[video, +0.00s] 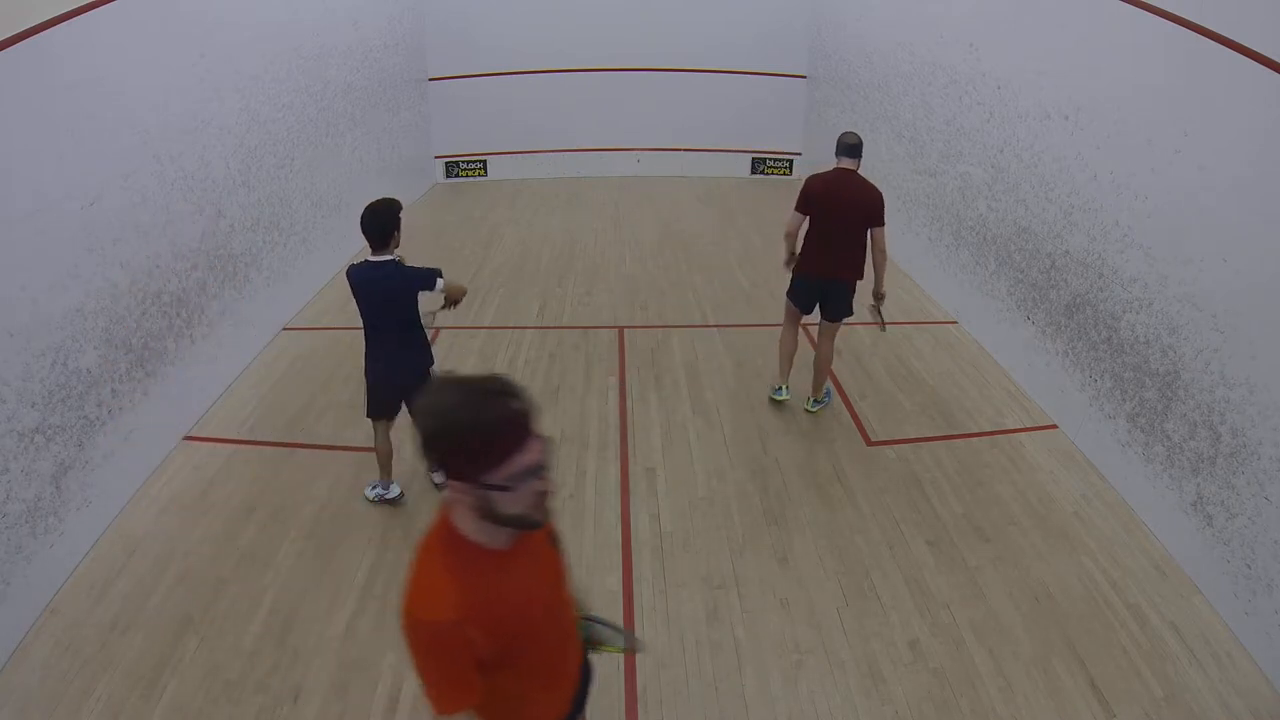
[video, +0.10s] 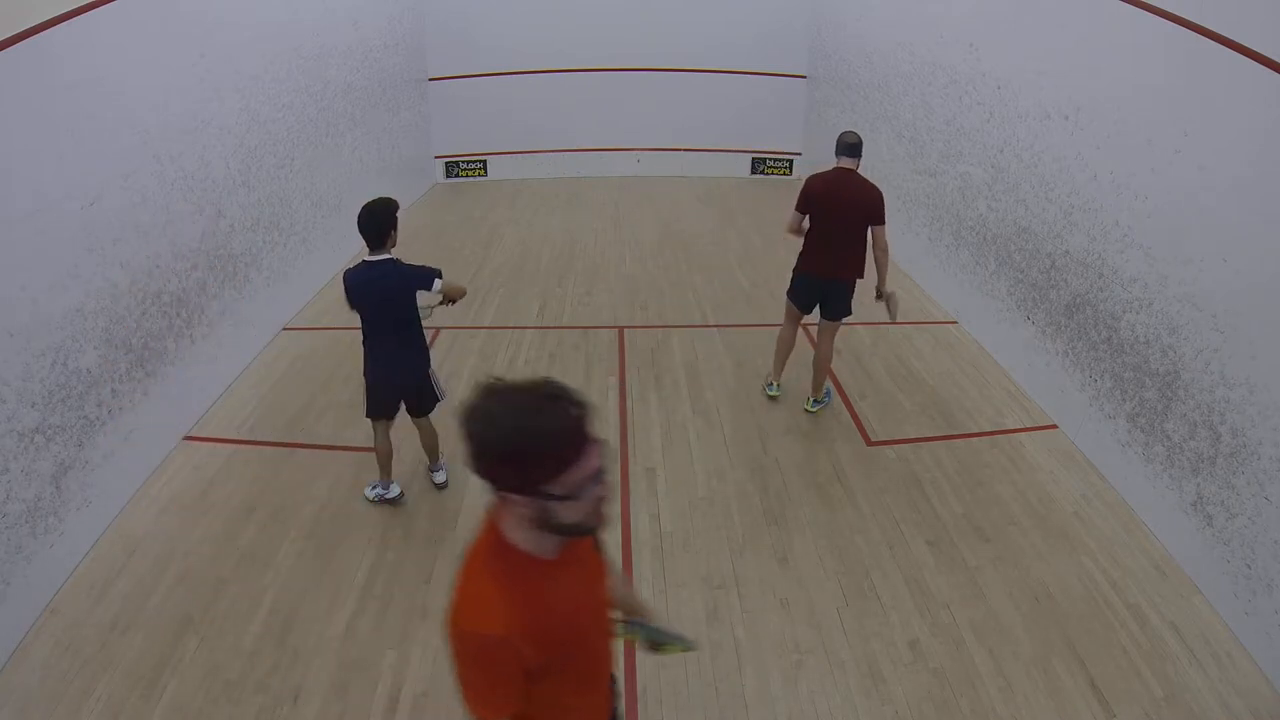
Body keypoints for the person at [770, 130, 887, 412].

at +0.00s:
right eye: (857, 156)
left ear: (835, 153)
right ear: (861, 157)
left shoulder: (815, 183)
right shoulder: (872, 194)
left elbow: (791, 230)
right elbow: (879, 249)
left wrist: (790, 254)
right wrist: (879, 286)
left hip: (808, 272)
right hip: (843, 279)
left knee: (791, 322)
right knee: (826, 339)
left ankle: (782, 386)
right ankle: (815, 396)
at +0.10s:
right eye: (857, 154)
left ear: (835, 153)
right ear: (861, 156)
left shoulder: (815, 182)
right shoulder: (871, 193)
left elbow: (793, 227)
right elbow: (880, 246)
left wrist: (813, 233)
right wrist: (881, 283)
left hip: (808, 272)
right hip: (842, 279)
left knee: (790, 322)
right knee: (826, 339)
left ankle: (774, 381)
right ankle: (815, 396)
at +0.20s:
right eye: (856, 154)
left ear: (834, 152)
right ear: (859, 155)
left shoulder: (814, 181)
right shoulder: (868, 192)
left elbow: (797, 219)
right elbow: (879, 241)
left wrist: (824, 216)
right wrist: (885, 277)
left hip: (808, 270)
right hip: (842, 277)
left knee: (791, 322)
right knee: (825, 338)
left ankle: (770, 378)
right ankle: (815, 396)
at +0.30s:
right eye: (853, 151)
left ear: (831, 150)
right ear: (855, 154)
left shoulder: (811, 179)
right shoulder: (862, 190)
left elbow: (803, 216)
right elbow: (877, 240)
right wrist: (886, 267)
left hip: (806, 268)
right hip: (839, 275)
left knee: (791, 323)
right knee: (827, 338)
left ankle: (770, 378)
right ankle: (815, 395)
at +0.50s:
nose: (848, 155)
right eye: (850, 152)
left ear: (826, 149)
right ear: (851, 153)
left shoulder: (806, 177)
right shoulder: (851, 189)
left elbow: (799, 216)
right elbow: (869, 238)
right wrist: (897, 241)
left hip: (800, 264)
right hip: (833, 269)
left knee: (790, 318)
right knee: (849, 316)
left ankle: (770, 377)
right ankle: (829, 376)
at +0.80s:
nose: (868, 162)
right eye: (869, 159)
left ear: (845, 158)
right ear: (867, 163)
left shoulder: (827, 181)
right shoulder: (860, 198)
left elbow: (824, 217)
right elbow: (883, 240)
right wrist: (918, 222)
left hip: (813, 265)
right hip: (845, 271)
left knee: (796, 316)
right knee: (855, 318)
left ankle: (771, 373)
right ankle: (861, 367)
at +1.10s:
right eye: (889, 161)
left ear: (864, 158)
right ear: (888, 167)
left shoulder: (849, 172)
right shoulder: (874, 198)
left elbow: (835, 176)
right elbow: (903, 231)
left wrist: (847, 160)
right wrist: (926, 197)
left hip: (827, 256)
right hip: (858, 267)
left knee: (810, 304)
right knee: (866, 312)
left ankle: (783, 357)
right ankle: (861, 365)